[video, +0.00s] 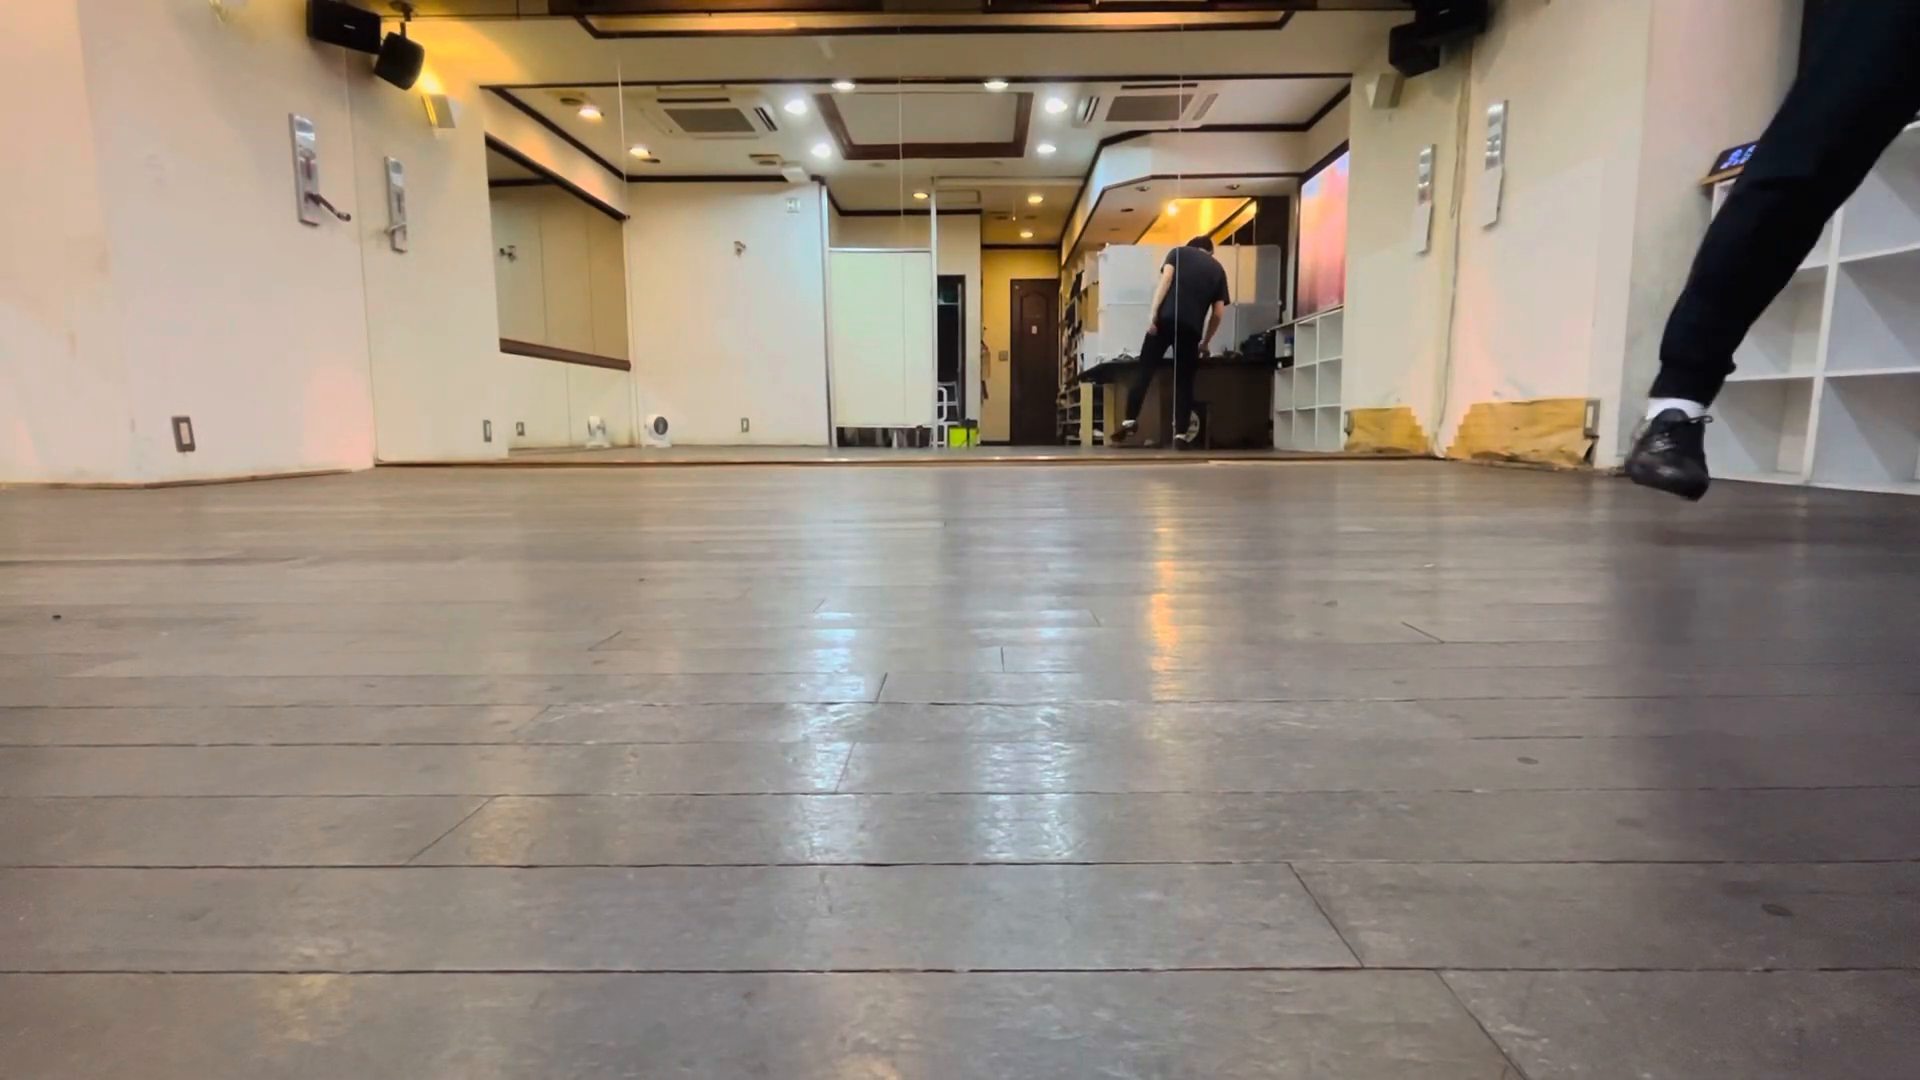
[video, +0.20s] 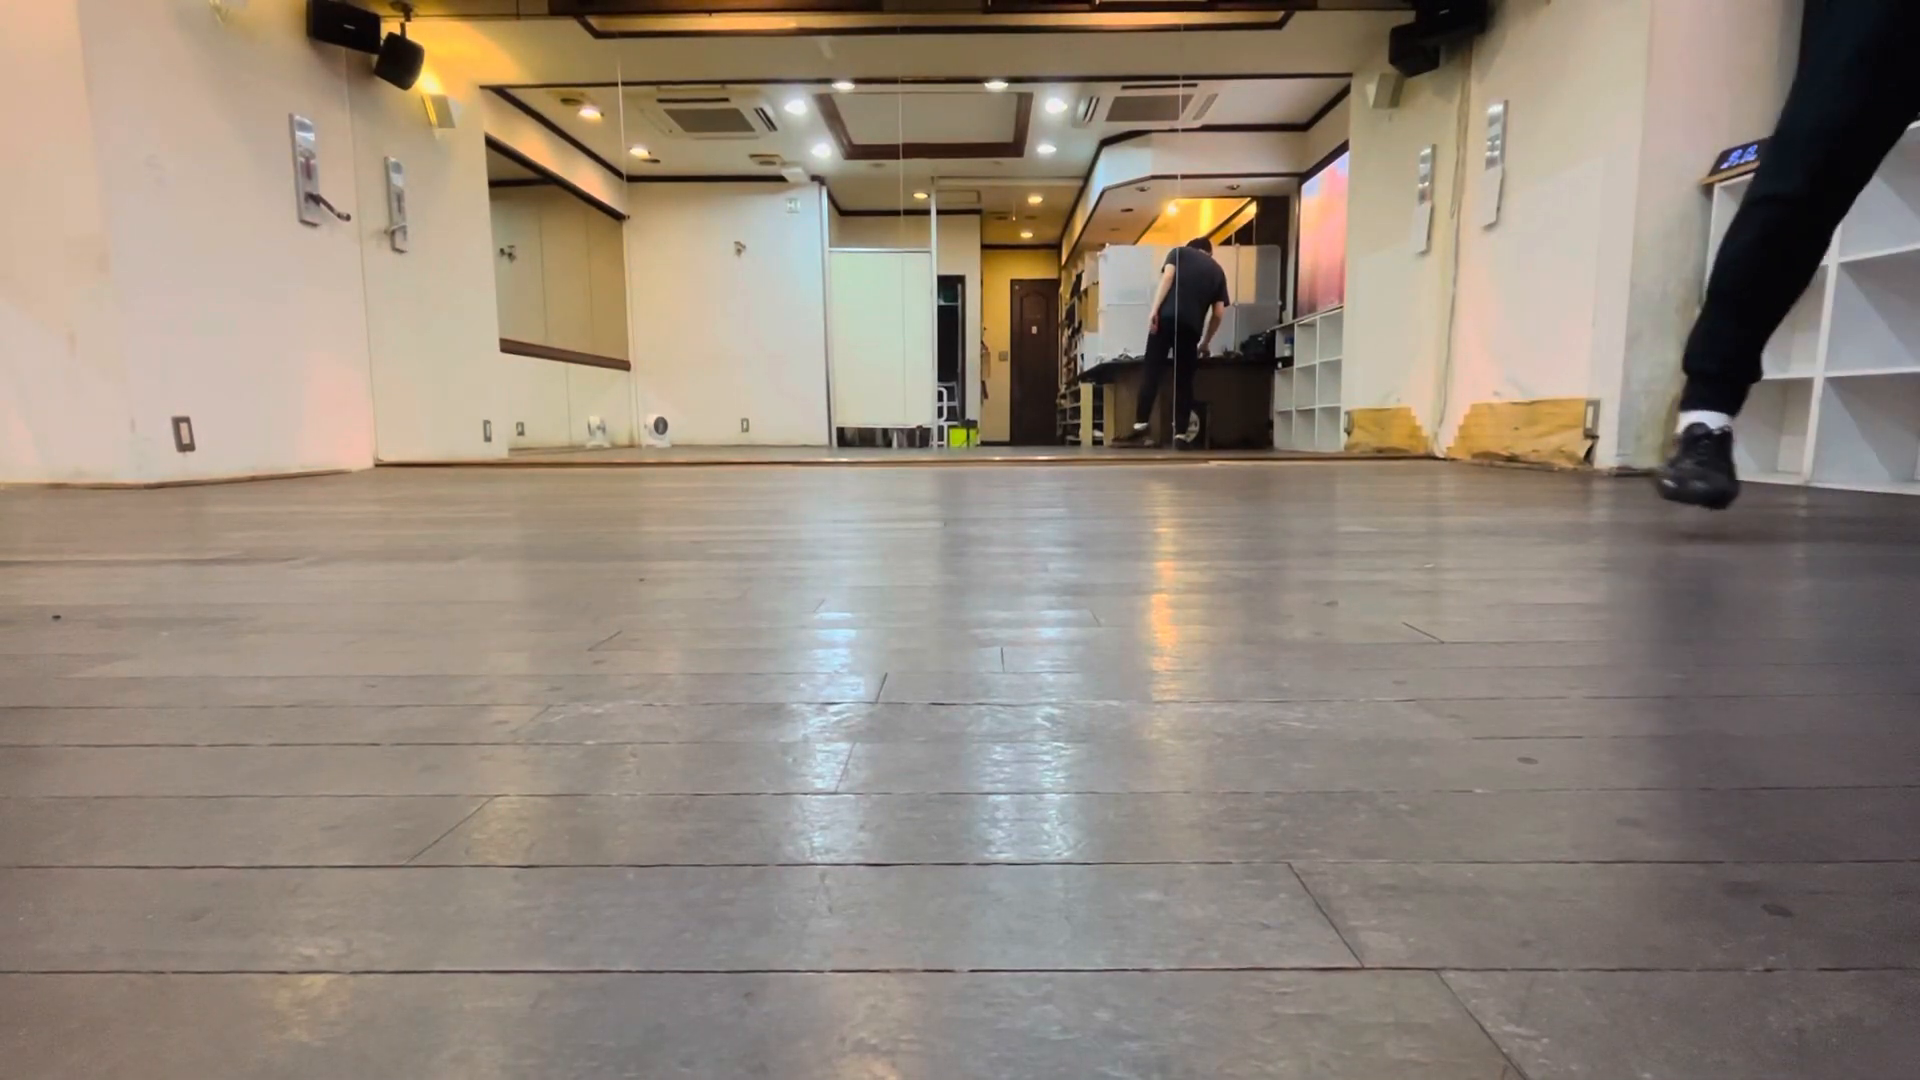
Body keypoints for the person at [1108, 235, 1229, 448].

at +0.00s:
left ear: (1190, 246)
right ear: (1211, 252)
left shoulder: (1178, 252)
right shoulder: (1218, 270)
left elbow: (1167, 277)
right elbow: (1218, 314)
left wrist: (1153, 314)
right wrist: (1206, 342)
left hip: (1166, 320)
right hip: (1191, 328)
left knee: (1145, 368)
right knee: (1185, 380)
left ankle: (1130, 418)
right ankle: (1180, 433)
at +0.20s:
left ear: (1190, 247)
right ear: (1209, 252)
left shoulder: (1178, 252)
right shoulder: (1217, 271)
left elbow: (1168, 276)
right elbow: (1218, 314)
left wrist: (1155, 309)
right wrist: (1206, 342)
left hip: (1165, 319)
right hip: (1191, 327)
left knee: (1152, 368)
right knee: (1184, 379)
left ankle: (1142, 420)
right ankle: (1180, 432)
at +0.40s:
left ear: (1188, 245)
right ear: (1208, 252)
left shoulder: (1179, 251)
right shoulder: (1217, 271)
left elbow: (1170, 276)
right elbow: (1218, 313)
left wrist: (1157, 309)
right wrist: (1206, 342)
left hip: (1168, 318)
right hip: (1192, 325)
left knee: (1155, 366)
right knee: (1185, 377)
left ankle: (1148, 419)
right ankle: (1180, 431)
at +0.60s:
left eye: (1185, 245)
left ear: (1188, 245)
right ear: (1206, 250)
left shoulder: (1180, 250)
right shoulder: (1217, 269)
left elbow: (1173, 276)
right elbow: (1218, 313)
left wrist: (1161, 310)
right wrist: (1206, 342)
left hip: (1171, 318)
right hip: (1195, 326)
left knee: (1155, 367)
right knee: (1185, 379)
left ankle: (1147, 419)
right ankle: (1181, 432)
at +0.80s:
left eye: (1186, 245)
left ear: (1188, 244)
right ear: (1207, 250)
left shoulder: (1181, 251)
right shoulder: (1217, 269)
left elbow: (1173, 276)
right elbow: (1219, 313)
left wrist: (1161, 310)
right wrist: (1206, 342)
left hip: (1171, 318)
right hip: (1195, 327)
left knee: (1152, 368)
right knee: (1186, 379)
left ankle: (1141, 418)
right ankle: (1184, 433)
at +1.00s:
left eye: (1187, 244)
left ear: (1189, 243)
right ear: (1209, 249)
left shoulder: (1179, 249)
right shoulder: (1218, 268)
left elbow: (1171, 274)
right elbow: (1220, 313)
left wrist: (1156, 309)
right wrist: (1207, 343)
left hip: (1167, 319)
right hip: (1193, 327)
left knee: (1150, 369)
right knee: (1185, 379)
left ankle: (1136, 420)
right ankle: (1183, 434)